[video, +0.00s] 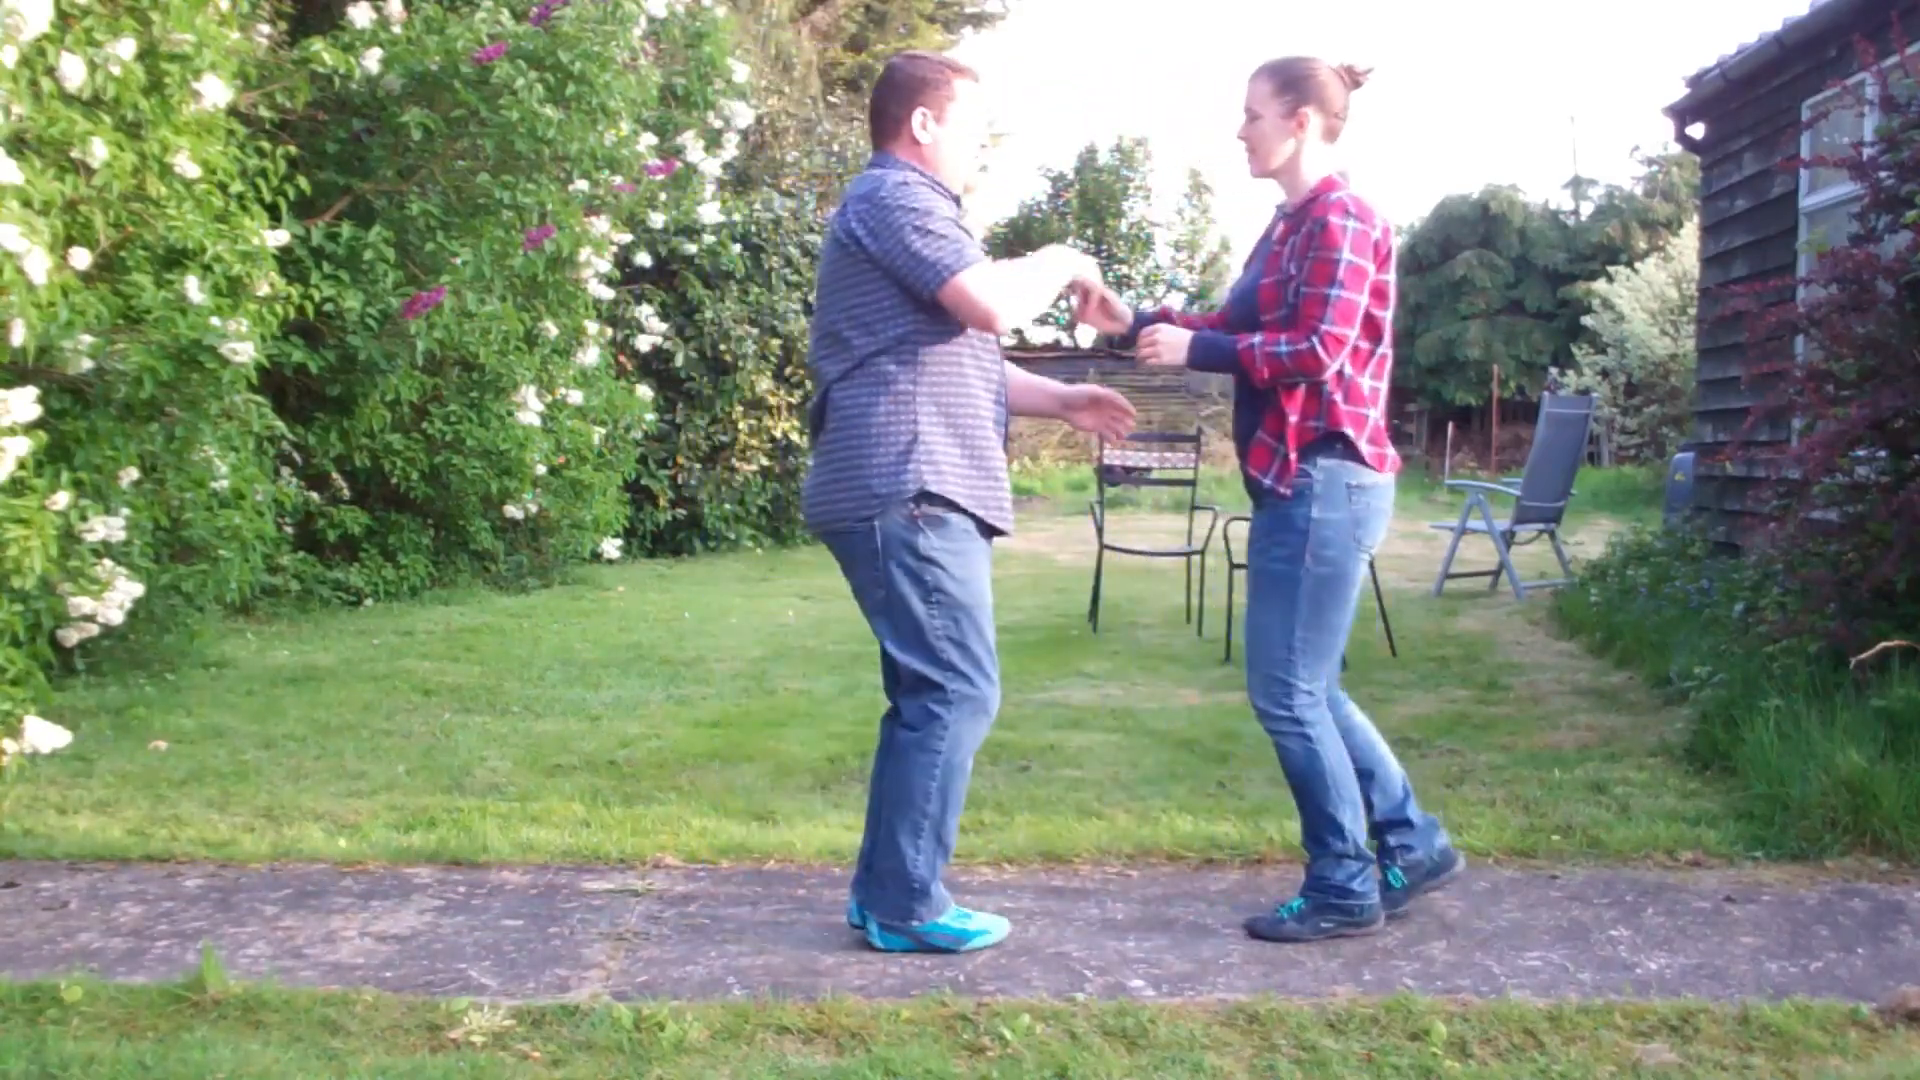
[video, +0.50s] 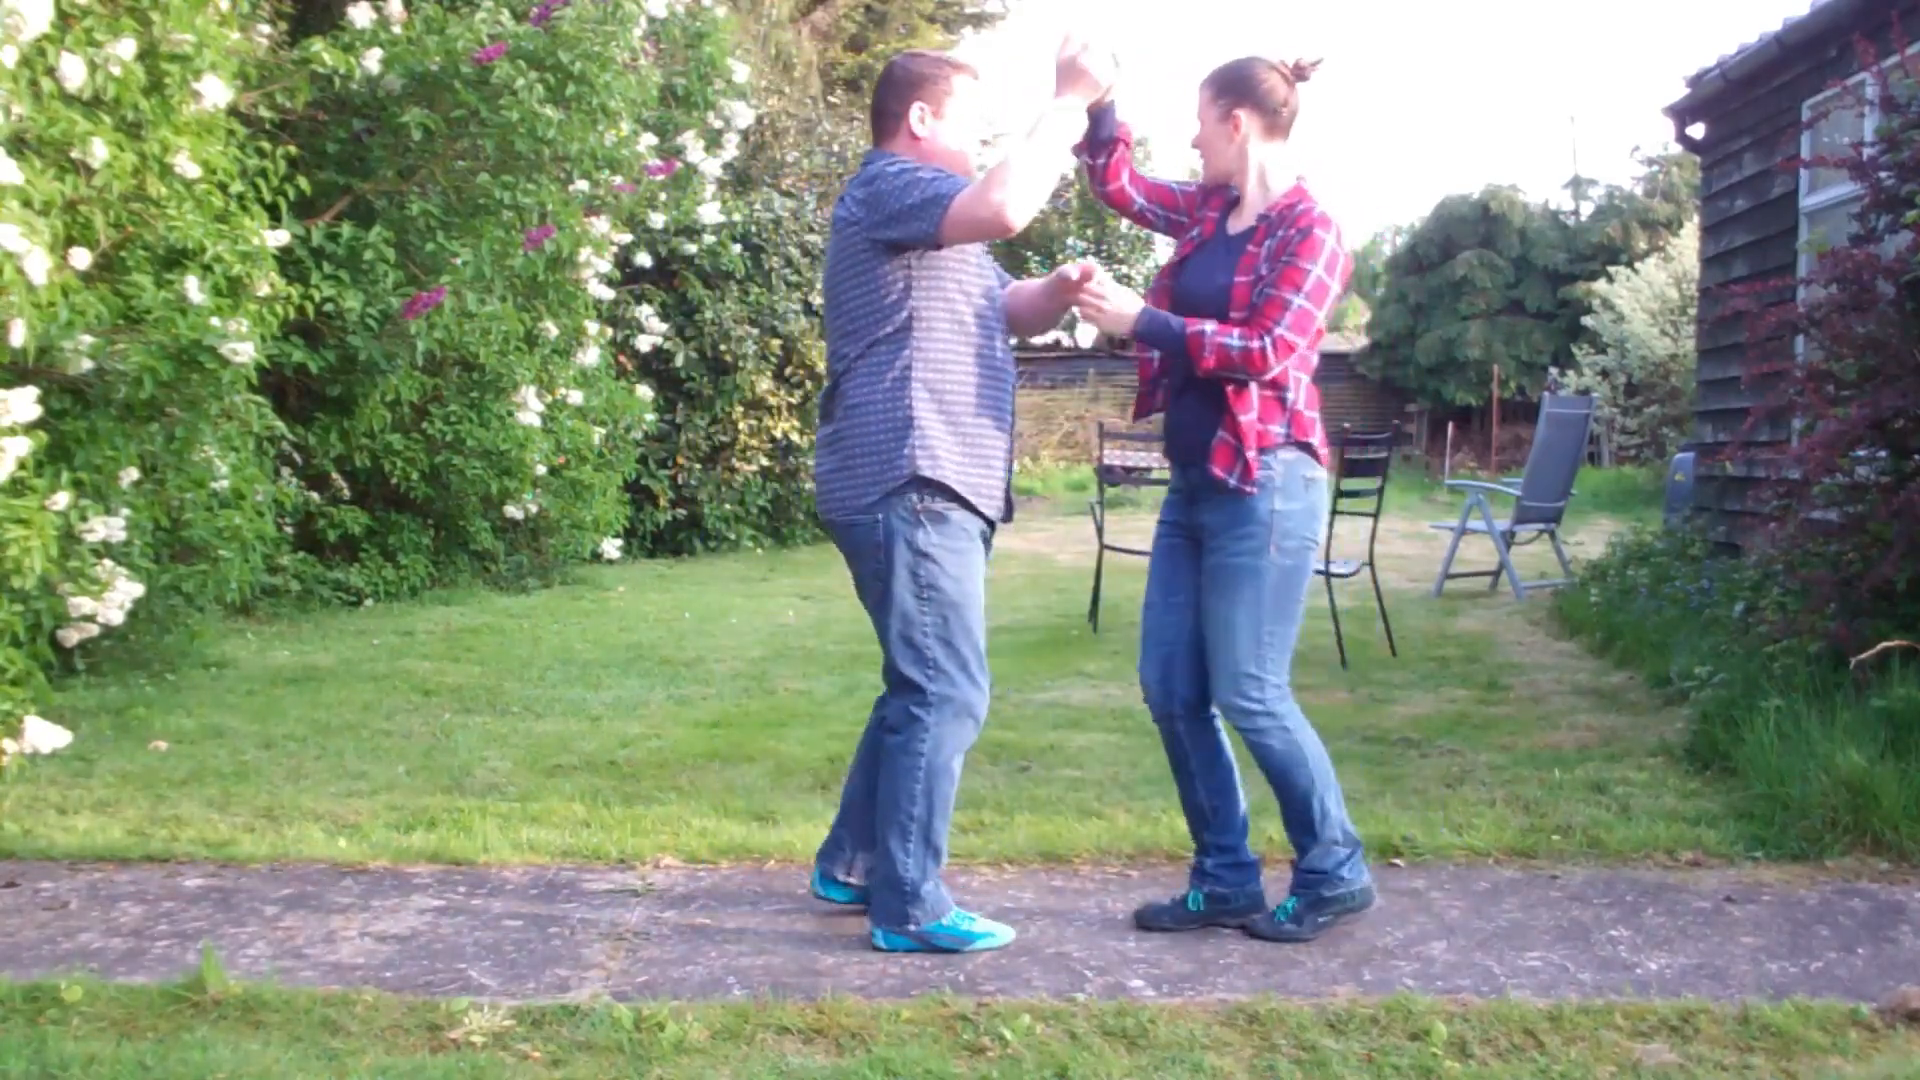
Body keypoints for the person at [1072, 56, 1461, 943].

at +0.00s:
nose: (1239, 132)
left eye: (1252, 118)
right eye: (1242, 117)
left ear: (1304, 123)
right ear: (1293, 124)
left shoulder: (1343, 221)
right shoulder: (1286, 231)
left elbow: (1317, 348)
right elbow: (1226, 327)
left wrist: (1200, 352)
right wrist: (1128, 318)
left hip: (1329, 481)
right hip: (1300, 482)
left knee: (1285, 692)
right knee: (1304, 686)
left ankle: (1344, 888)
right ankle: (1412, 843)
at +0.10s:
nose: (1233, 135)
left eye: (1245, 119)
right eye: (1235, 120)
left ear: (1293, 123)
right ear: (1278, 125)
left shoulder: (1345, 224)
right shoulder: (1267, 231)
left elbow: (1316, 353)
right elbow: (1192, 307)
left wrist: (1197, 349)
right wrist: (1112, 258)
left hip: (1323, 484)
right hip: (1268, 486)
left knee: (1287, 693)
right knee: (1233, 682)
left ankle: (1342, 890)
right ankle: (1373, 813)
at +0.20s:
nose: (1225, 137)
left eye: (1232, 120)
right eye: (1226, 121)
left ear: (1276, 122)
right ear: (1273, 124)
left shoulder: (1348, 225)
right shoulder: (1247, 225)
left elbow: (1315, 355)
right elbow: (1149, 262)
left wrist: (1182, 346)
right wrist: (1100, 185)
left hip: (1318, 484)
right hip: (1246, 485)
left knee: (1289, 690)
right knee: (1201, 676)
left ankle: (1346, 888)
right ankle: (1306, 834)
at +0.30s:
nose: (1214, 135)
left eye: (1222, 118)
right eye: (1217, 120)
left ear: (1261, 120)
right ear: (1260, 122)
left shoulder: (1339, 225)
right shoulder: (1231, 213)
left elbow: (1310, 355)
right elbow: (1130, 215)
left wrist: (1175, 338)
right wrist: (1097, 133)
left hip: (1308, 482)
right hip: (1228, 484)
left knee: (1292, 692)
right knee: (1185, 681)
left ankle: (1345, 886)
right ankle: (1239, 868)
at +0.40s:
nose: (1204, 141)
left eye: (1212, 124)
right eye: (1207, 126)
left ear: (1249, 123)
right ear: (1252, 124)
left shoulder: (1328, 228)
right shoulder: (1220, 210)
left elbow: (1295, 353)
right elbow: (1124, 191)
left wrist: (1160, 328)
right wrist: (1096, 105)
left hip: (1291, 481)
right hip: (1210, 484)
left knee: (1285, 690)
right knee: (1176, 683)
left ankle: (1345, 885)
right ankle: (1228, 880)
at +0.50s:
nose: (1192, 140)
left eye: (1200, 124)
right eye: (1195, 125)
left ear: (1237, 124)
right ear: (1243, 126)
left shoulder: (1310, 229)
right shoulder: (1209, 210)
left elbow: (1269, 351)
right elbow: (1122, 186)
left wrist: (1143, 322)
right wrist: (1096, 103)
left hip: (1270, 480)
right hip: (1194, 482)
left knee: (1248, 687)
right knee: (1172, 684)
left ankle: (1335, 870)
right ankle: (1226, 880)